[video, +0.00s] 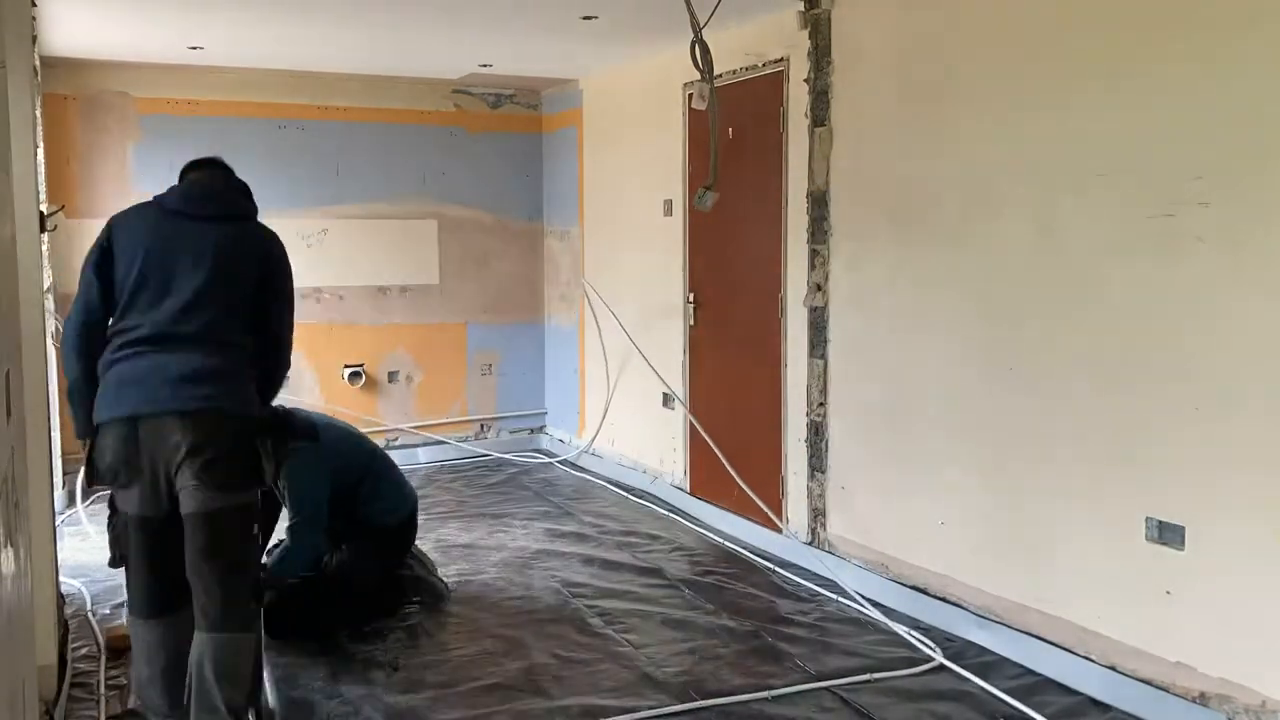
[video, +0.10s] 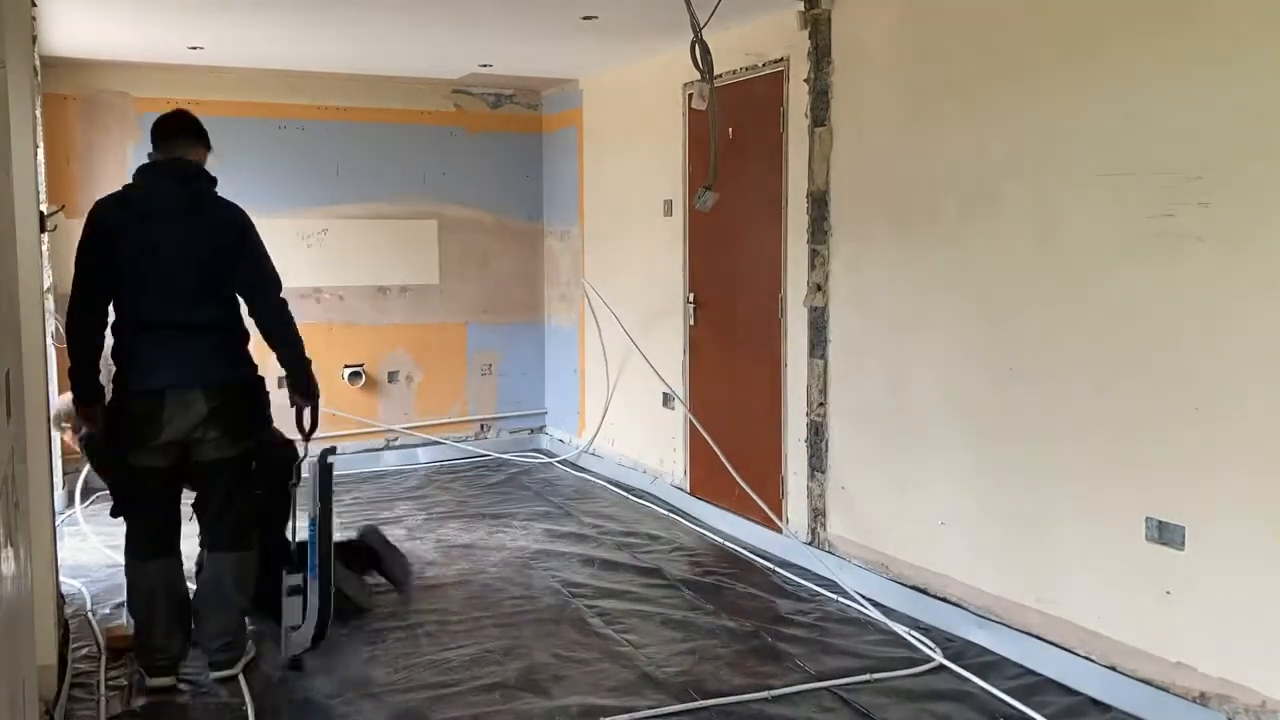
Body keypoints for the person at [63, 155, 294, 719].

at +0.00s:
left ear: (180, 187)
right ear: (238, 192)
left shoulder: (124, 227)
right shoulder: (262, 241)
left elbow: (80, 330)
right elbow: (275, 349)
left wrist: (92, 424)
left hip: (125, 416)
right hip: (217, 416)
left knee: (149, 590)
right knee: (222, 590)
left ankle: (158, 710)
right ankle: (221, 711)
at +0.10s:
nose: (203, 165)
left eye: (195, 157)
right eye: (205, 157)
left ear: (152, 153)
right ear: (204, 156)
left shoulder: (109, 214)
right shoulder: (226, 218)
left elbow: (85, 314)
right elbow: (268, 304)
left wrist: (86, 394)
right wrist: (300, 374)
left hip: (144, 399)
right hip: (223, 395)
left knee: (150, 531)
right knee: (227, 524)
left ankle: (158, 663)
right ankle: (224, 651)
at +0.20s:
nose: (212, 171)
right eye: (216, 163)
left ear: (166, 161)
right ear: (220, 165)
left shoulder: (126, 210)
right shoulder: (244, 221)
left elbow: (98, 306)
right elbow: (276, 308)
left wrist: (93, 383)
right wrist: (275, 379)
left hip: (153, 392)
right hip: (231, 390)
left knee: (156, 526)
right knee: (237, 520)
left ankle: (160, 661)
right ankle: (226, 651)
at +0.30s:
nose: (207, 168)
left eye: (183, 156)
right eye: (210, 159)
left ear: (161, 159)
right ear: (216, 162)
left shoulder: (120, 212)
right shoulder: (241, 222)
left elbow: (93, 309)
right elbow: (272, 310)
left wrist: (91, 384)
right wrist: (279, 377)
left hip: (149, 398)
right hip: (227, 395)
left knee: (154, 529)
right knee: (234, 523)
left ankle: (159, 661)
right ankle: (226, 653)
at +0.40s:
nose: (205, 167)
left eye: (181, 156)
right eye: (208, 158)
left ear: (159, 159)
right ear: (214, 161)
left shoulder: (119, 213)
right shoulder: (239, 221)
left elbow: (94, 306)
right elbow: (271, 308)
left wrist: (91, 380)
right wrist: (278, 377)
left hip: (150, 395)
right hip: (227, 393)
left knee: (154, 526)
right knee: (234, 520)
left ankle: (159, 661)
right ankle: (226, 652)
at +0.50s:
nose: (202, 167)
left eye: (180, 156)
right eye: (206, 158)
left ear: (156, 158)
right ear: (211, 161)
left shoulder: (116, 213)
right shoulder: (237, 222)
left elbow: (89, 308)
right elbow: (270, 310)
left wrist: (87, 382)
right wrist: (278, 378)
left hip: (147, 395)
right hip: (226, 392)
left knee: (152, 528)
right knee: (234, 519)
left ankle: (159, 663)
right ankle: (225, 652)